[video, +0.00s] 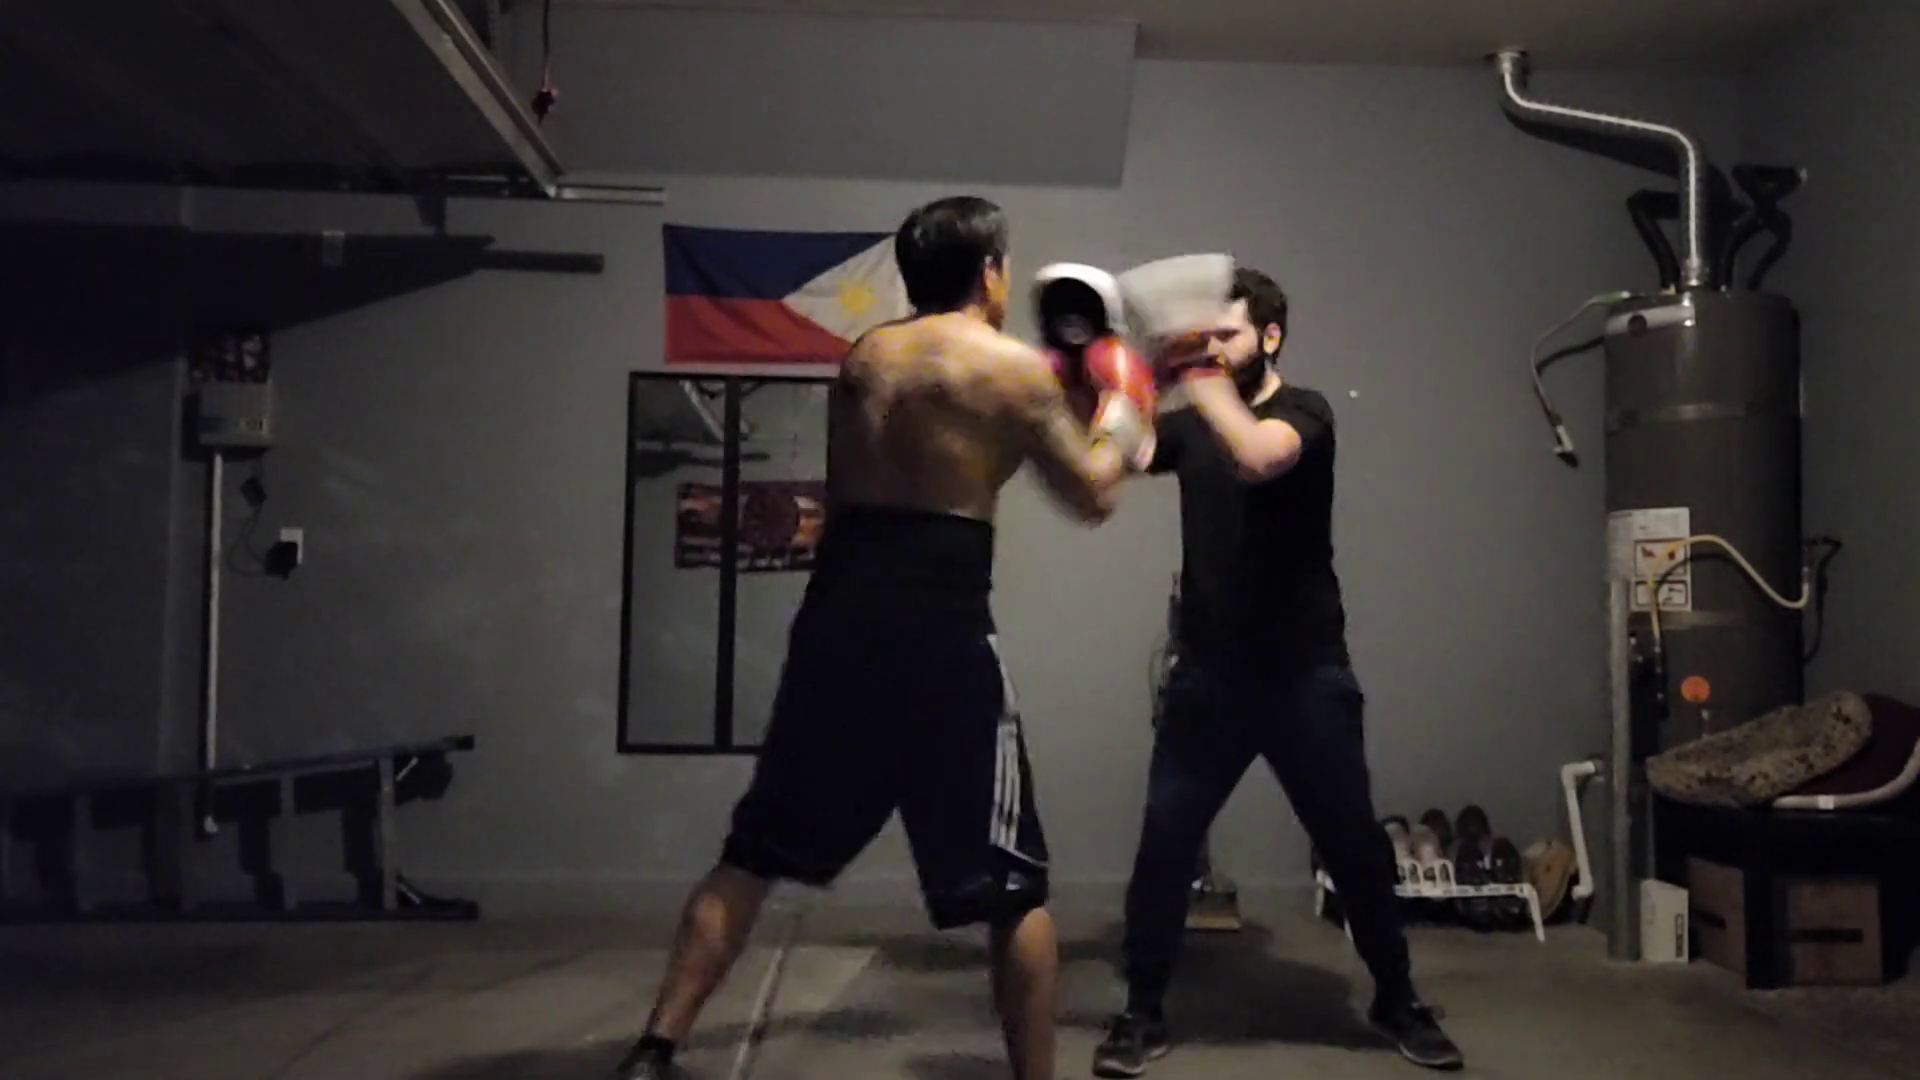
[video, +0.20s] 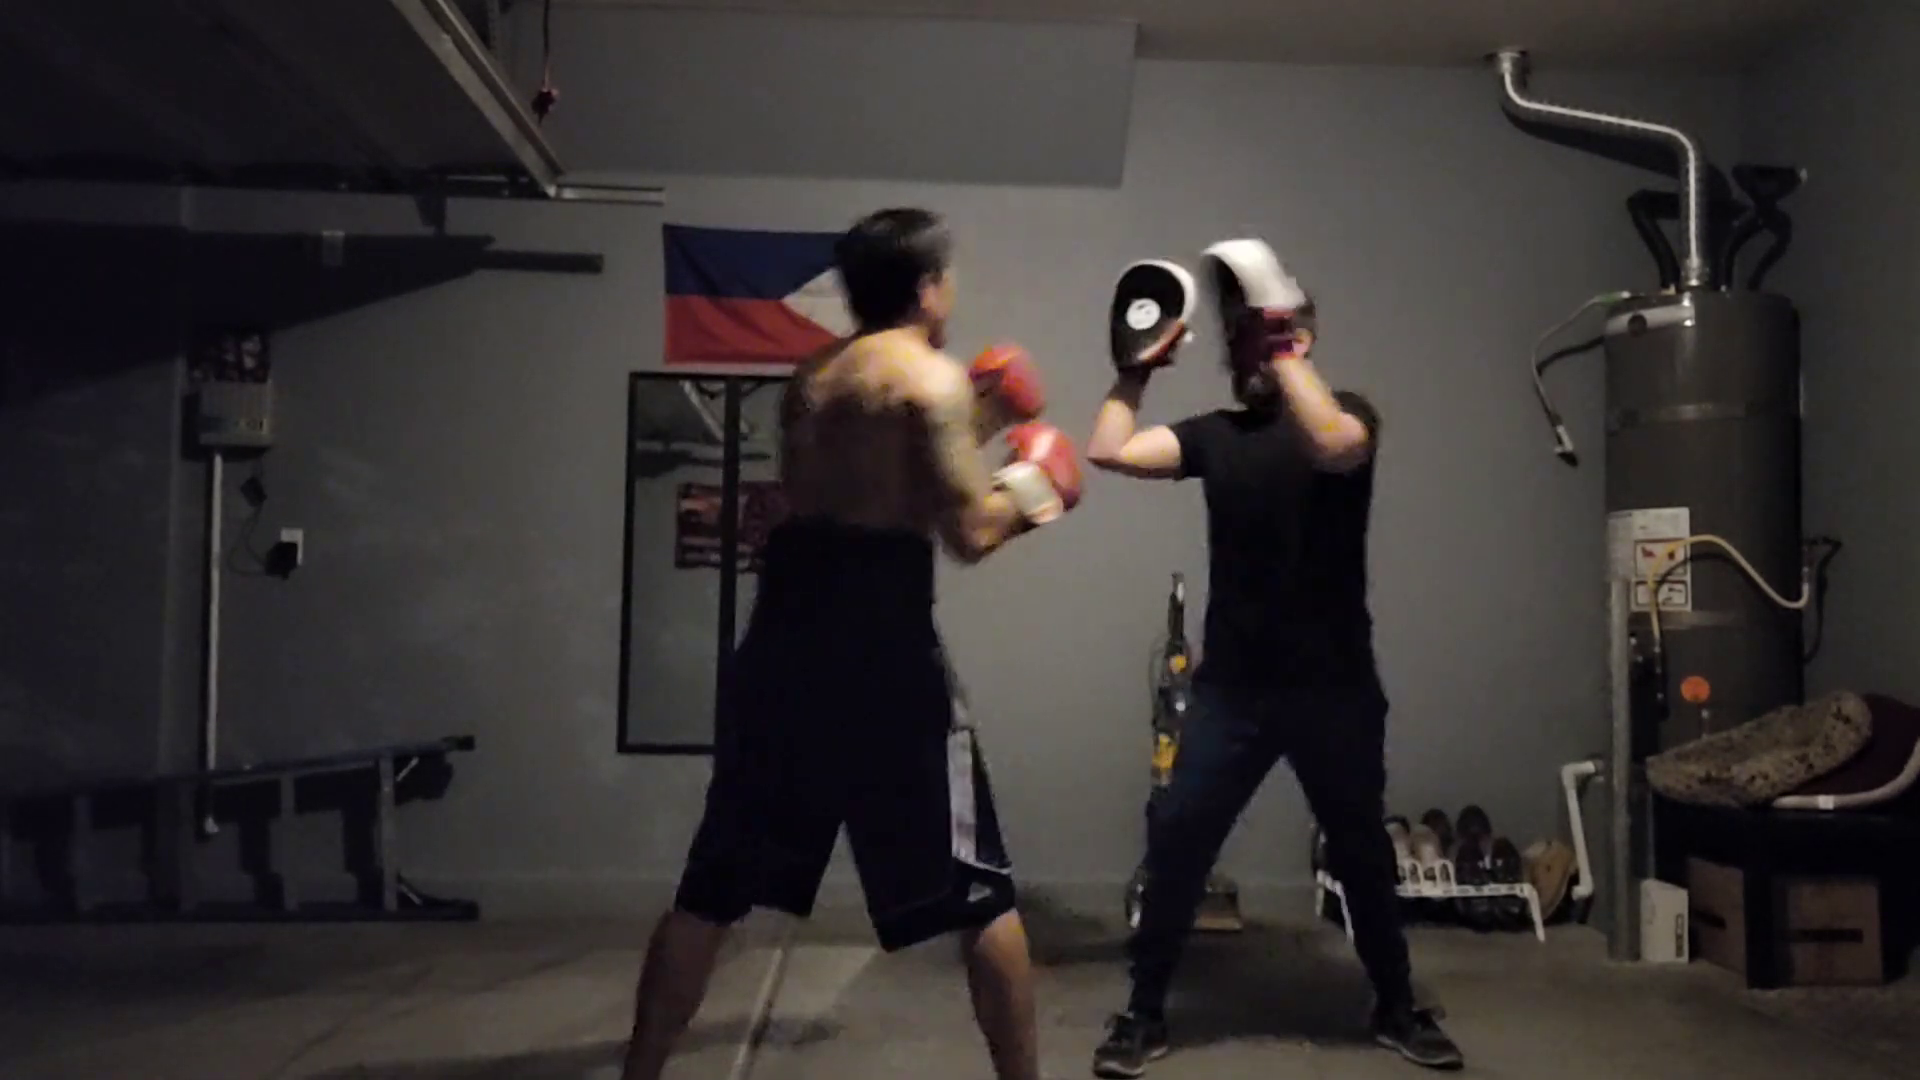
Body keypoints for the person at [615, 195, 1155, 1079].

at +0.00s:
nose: (1008, 278)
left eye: (1003, 262)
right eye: (1005, 265)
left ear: (915, 275)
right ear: (990, 275)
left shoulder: (863, 355)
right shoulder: (1015, 370)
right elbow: (1095, 490)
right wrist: (1129, 403)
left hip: (836, 632)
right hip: (942, 639)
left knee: (754, 852)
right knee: (1014, 885)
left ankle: (656, 1046)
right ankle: (1036, 1070)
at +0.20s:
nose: (952, 290)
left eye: (946, 274)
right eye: (946, 276)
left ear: (860, 288)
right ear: (927, 289)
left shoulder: (811, 379)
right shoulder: (929, 378)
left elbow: (873, 490)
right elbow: (974, 529)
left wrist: (977, 416)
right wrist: (1038, 482)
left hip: (786, 653)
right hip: (887, 656)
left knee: (716, 877)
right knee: (979, 886)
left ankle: (639, 1067)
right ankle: (1021, 1070)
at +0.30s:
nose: (911, 306)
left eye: (908, 291)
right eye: (907, 292)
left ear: (812, 306)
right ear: (885, 302)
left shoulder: (761, 394)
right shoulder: (892, 396)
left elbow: (787, 519)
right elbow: (920, 540)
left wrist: (913, 449)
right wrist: (984, 505)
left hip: (757, 675)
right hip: (867, 678)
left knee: (697, 891)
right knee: (978, 886)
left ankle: (632, 1070)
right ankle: (1014, 1070)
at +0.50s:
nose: (880, 312)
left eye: (875, 297)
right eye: (877, 299)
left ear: (787, 303)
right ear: (854, 305)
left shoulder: (730, 389)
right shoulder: (883, 386)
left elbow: (755, 515)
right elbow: (973, 521)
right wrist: (981, 472)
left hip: (748, 665)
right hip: (866, 664)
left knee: (681, 889)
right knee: (969, 869)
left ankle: (626, 1071)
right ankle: (1027, 1066)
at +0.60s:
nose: (901, 304)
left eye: (896, 290)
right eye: (896, 292)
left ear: (801, 300)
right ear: (875, 301)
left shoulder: (744, 390)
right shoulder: (922, 372)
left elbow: (730, 525)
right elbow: (1055, 445)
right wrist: (1014, 379)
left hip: (770, 677)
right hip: (894, 674)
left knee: (690, 892)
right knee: (981, 879)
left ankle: (632, 1071)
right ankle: (1041, 1070)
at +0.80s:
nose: (970, 298)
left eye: (966, 286)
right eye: (968, 286)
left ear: (872, 290)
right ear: (953, 293)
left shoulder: (821, 364)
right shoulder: (986, 366)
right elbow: (1059, 478)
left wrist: (975, 362)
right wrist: (1060, 382)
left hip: (823, 625)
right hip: (933, 631)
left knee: (757, 864)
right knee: (1013, 879)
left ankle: (675, 1064)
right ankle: (1052, 1070)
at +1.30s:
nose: (1016, 311)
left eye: (1012, 299)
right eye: (1014, 299)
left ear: (922, 300)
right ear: (1000, 303)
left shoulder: (867, 377)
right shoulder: (1019, 375)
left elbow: (925, 479)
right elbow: (1102, 492)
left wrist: (1026, 453)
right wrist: (1118, 395)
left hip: (857, 644)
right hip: (967, 647)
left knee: (782, 875)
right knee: (1047, 885)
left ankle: (701, 1064)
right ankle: (1066, 1068)